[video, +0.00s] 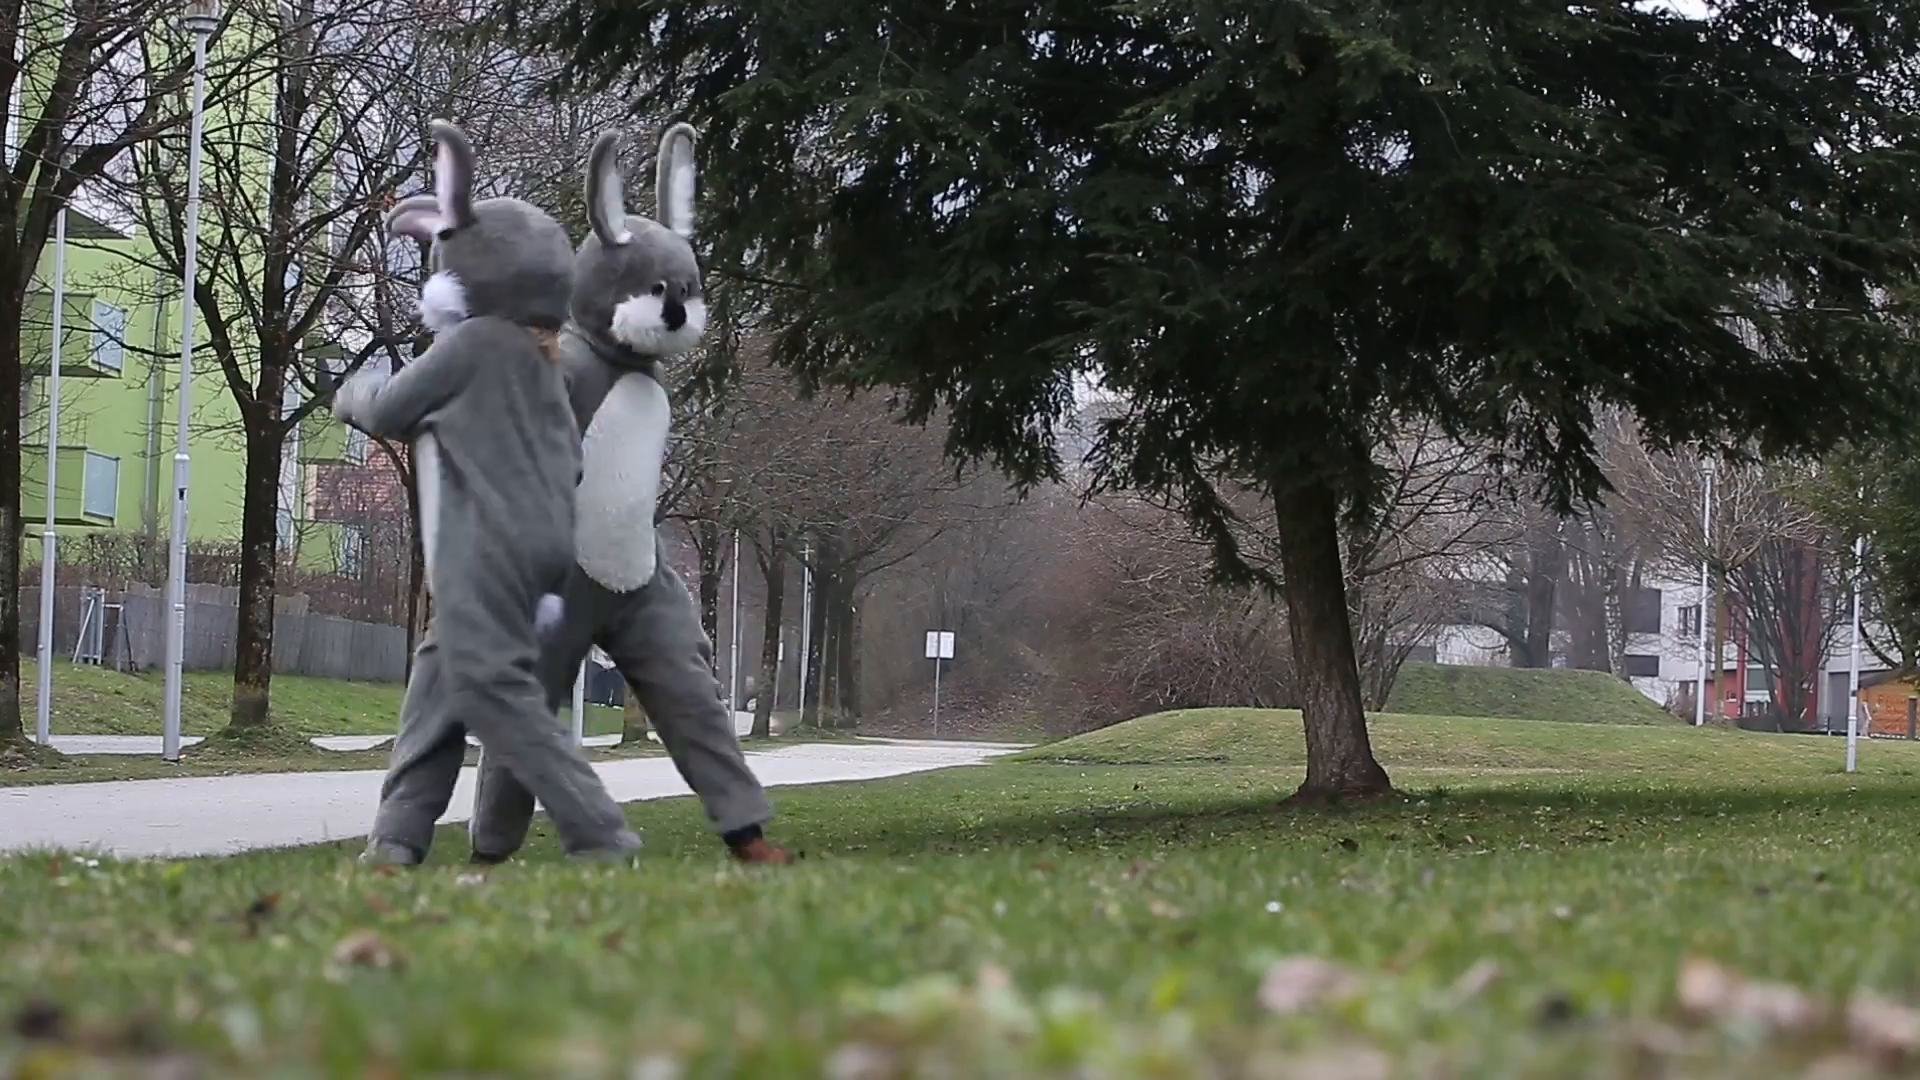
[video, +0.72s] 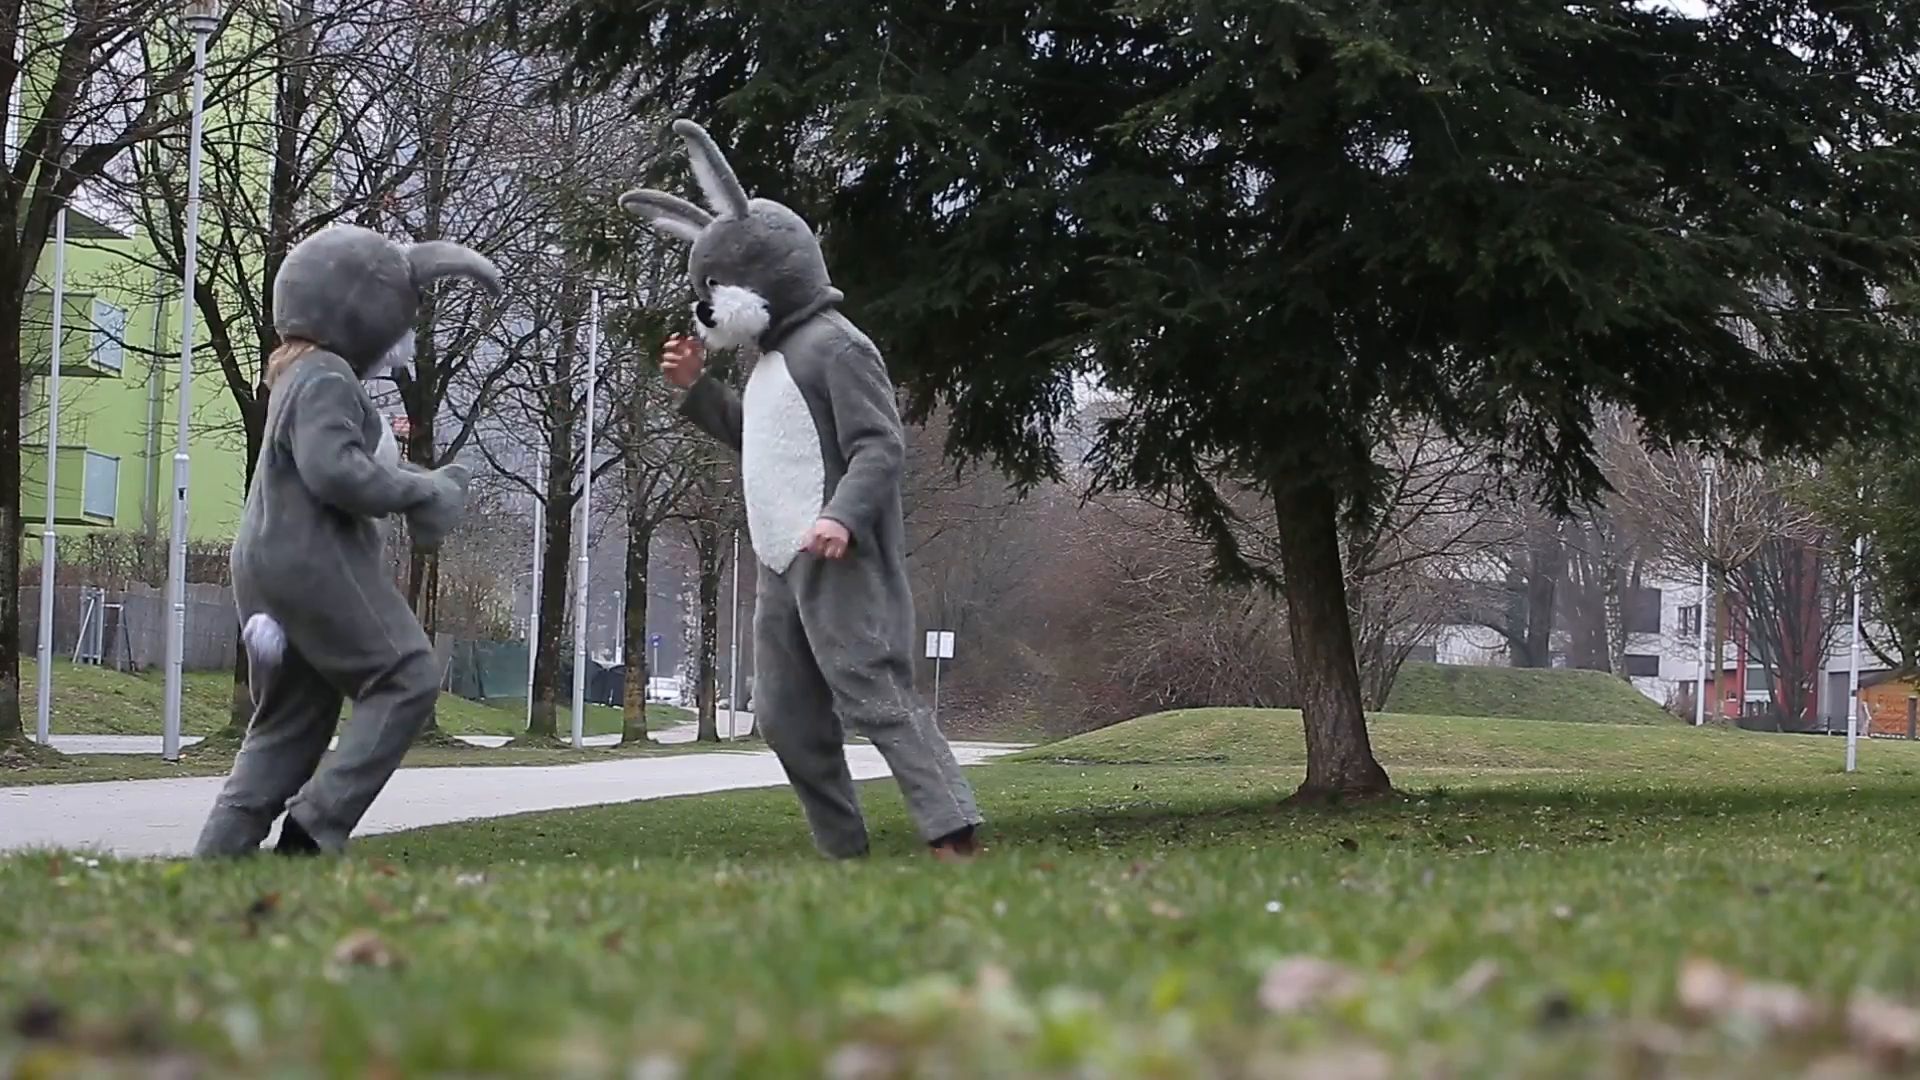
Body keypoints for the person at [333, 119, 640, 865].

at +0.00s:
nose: (441, 278)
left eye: (452, 265)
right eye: (444, 264)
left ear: (480, 277)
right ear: (540, 284)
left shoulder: (473, 343)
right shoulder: (549, 363)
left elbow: (389, 410)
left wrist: (356, 387)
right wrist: (416, 384)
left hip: (484, 541)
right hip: (546, 541)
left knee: (491, 690)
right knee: (439, 682)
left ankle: (602, 840)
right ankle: (399, 840)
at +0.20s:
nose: (366, 279)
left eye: (374, 264)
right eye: (371, 264)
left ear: (393, 271)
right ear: (483, 281)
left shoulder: (382, 339)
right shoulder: (497, 362)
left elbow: (356, 415)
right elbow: (528, 460)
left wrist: (317, 496)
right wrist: (477, 495)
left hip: (392, 533)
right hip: (481, 541)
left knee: (315, 661)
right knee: (436, 702)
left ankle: (398, 744)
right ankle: (407, 844)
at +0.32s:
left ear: (360, 247)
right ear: (463, 256)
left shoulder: (345, 307)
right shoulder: (479, 333)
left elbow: (296, 358)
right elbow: (518, 432)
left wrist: (309, 432)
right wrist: (484, 473)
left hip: (333, 512)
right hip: (434, 521)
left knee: (313, 641)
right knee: (412, 674)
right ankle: (373, 824)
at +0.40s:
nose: (464, 263)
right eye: (458, 252)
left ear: (350, 250)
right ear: (441, 260)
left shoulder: (320, 316)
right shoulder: (453, 340)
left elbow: (248, 363)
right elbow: (503, 437)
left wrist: (276, 437)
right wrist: (481, 472)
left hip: (303, 516)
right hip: (399, 529)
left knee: (294, 669)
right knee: (382, 682)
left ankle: (248, 823)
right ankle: (319, 836)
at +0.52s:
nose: (429, 321)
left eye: (429, 307)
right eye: (425, 308)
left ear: (322, 298)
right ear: (403, 309)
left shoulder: (280, 376)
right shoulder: (397, 381)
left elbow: (211, 435)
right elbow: (441, 480)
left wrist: (268, 484)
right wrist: (490, 459)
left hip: (272, 573)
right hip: (353, 579)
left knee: (278, 724)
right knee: (384, 713)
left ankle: (214, 858)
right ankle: (287, 848)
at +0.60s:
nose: (415, 347)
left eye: (417, 332)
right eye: (411, 330)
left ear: (314, 319)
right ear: (383, 325)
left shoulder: (281, 395)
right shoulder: (364, 396)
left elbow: (238, 478)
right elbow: (393, 500)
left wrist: (305, 513)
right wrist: (470, 483)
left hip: (257, 580)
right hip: (325, 583)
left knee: (294, 737)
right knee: (394, 713)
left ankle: (219, 856)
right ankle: (296, 843)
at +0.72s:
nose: (397, 333)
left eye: (401, 316)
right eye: (394, 314)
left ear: (316, 302)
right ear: (361, 307)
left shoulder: (298, 371)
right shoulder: (325, 376)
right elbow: (332, 470)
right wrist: (425, 488)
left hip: (272, 566)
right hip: (312, 566)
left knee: (298, 711)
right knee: (408, 676)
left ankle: (221, 852)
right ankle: (314, 829)